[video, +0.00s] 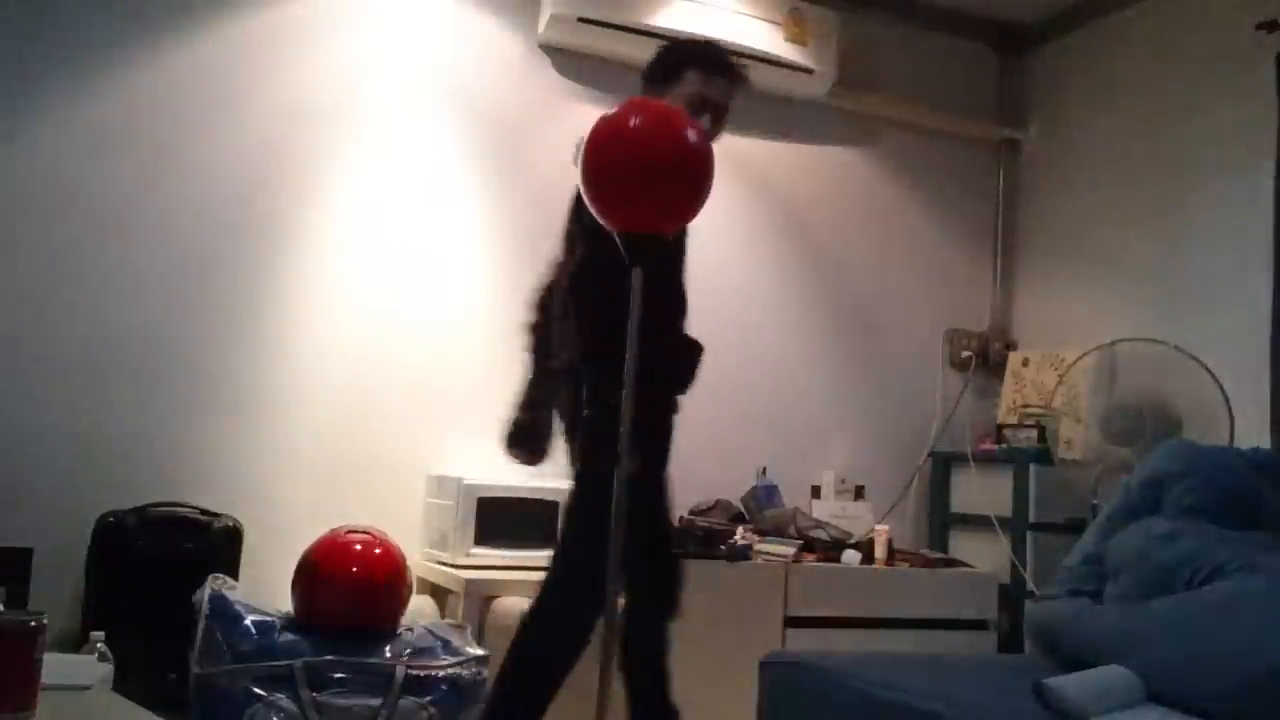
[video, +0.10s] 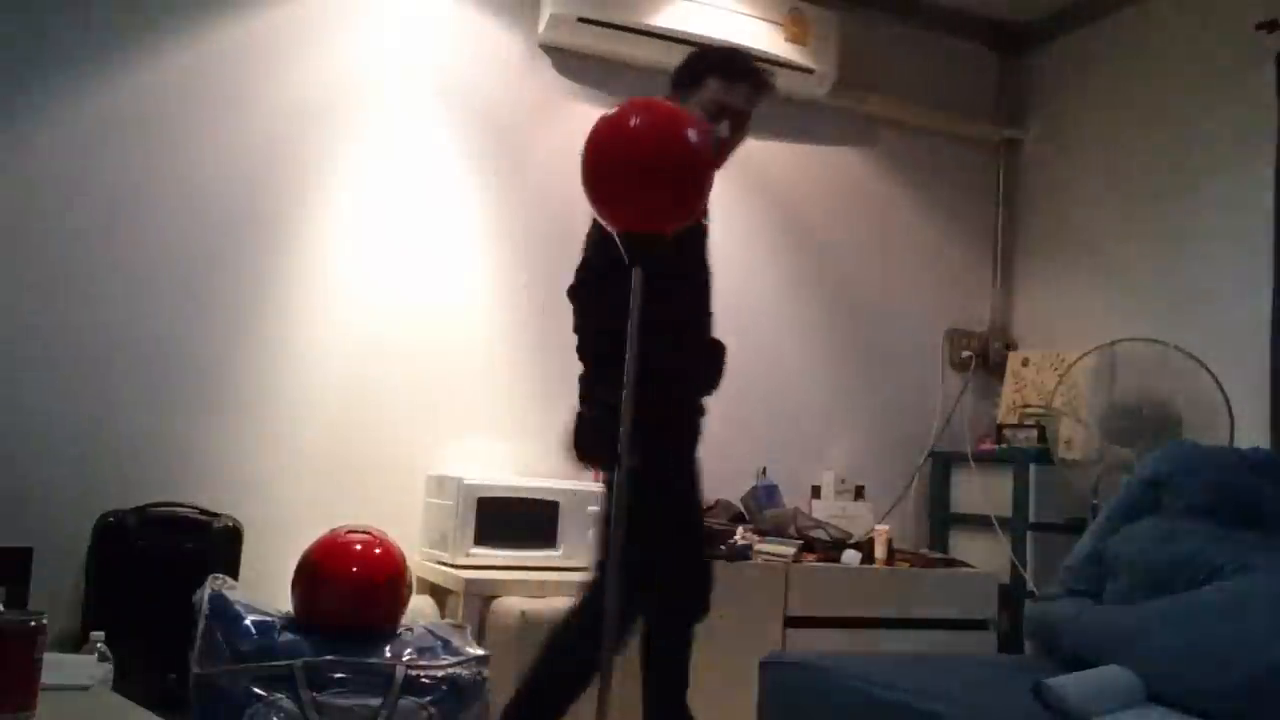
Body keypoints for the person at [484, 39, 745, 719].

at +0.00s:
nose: (709, 125)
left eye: (720, 113)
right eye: (699, 104)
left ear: (720, 119)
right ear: (656, 94)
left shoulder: (664, 181)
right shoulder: (625, 169)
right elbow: (578, 285)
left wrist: (673, 355)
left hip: (641, 398)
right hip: (611, 397)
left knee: (581, 584)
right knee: (650, 583)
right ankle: (651, 713)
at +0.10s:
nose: (728, 133)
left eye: (741, 121)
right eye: (716, 112)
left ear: (746, 128)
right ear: (676, 102)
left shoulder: (684, 204)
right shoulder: (647, 199)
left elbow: (680, 321)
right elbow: (600, 308)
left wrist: (700, 356)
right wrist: (704, 359)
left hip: (670, 422)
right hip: (638, 423)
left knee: (676, 593)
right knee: (643, 590)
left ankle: (669, 716)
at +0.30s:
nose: (751, 129)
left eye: (767, 117)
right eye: (739, 111)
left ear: (779, 128)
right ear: (705, 111)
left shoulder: (743, 210)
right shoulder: (674, 192)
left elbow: (744, 322)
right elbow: (615, 293)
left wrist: (764, 404)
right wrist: (612, 395)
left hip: (714, 408)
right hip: (670, 405)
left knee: (690, 579)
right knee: (722, 583)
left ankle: (668, 711)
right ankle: (608, 703)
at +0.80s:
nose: (786, 113)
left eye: (799, 99)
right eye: (771, 104)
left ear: (827, 107)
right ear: (754, 119)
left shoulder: (846, 202)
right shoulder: (733, 198)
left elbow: (878, 304)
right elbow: (681, 319)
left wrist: (918, 350)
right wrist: (697, 257)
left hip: (825, 414)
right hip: (750, 414)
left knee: (889, 582)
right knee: (751, 596)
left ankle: (796, 673)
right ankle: (737, 717)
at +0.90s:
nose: (794, 111)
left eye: (809, 96)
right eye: (781, 100)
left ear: (840, 105)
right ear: (768, 115)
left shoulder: (868, 198)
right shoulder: (746, 196)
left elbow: (889, 296)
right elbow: (688, 297)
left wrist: (913, 357)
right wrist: (673, 231)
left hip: (854, 414)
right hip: (772, 415)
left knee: (911, 580)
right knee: (760, 592)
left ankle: (851, 707)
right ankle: (743, 717)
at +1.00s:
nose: (812, 113)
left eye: (826, 98)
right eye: (800, 102)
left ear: (859, 106)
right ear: (788, 116)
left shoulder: (894, 197)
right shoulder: (772, 191)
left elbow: (916, 299)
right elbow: (705, 263)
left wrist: (934, 377)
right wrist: (695, 204)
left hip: (876, 409)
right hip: (792, 411)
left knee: (915, 566)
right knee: (772, 576)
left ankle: (936, 709)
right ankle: (747, 711)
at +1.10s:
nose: (842, 117)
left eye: (858, 101)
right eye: (829, 105)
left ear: (894, 109)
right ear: (817, 118)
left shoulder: (929, 202)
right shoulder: (801, 198)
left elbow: (955, 305)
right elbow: (721, 283)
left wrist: (974, 380)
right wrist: (731, 232)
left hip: (904, 411)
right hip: (817, 412)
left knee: (939, 586)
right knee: (786, 588)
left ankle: (972, 716)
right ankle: (752, 715)